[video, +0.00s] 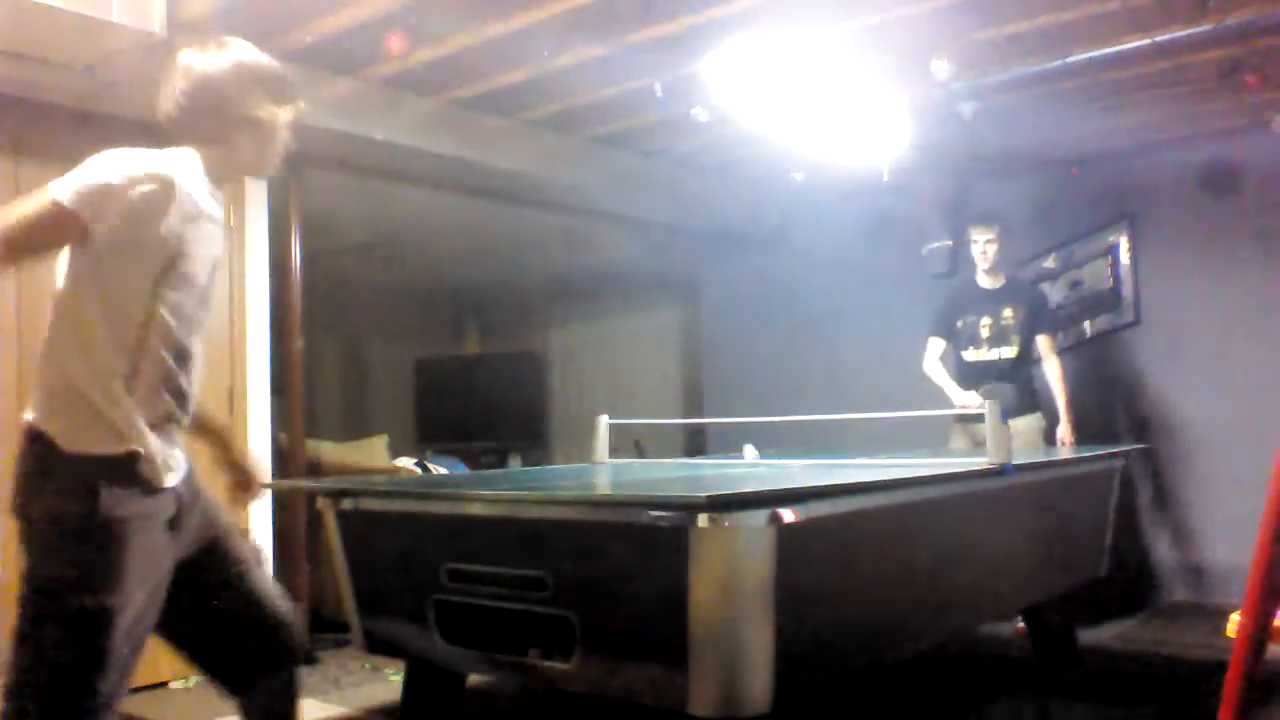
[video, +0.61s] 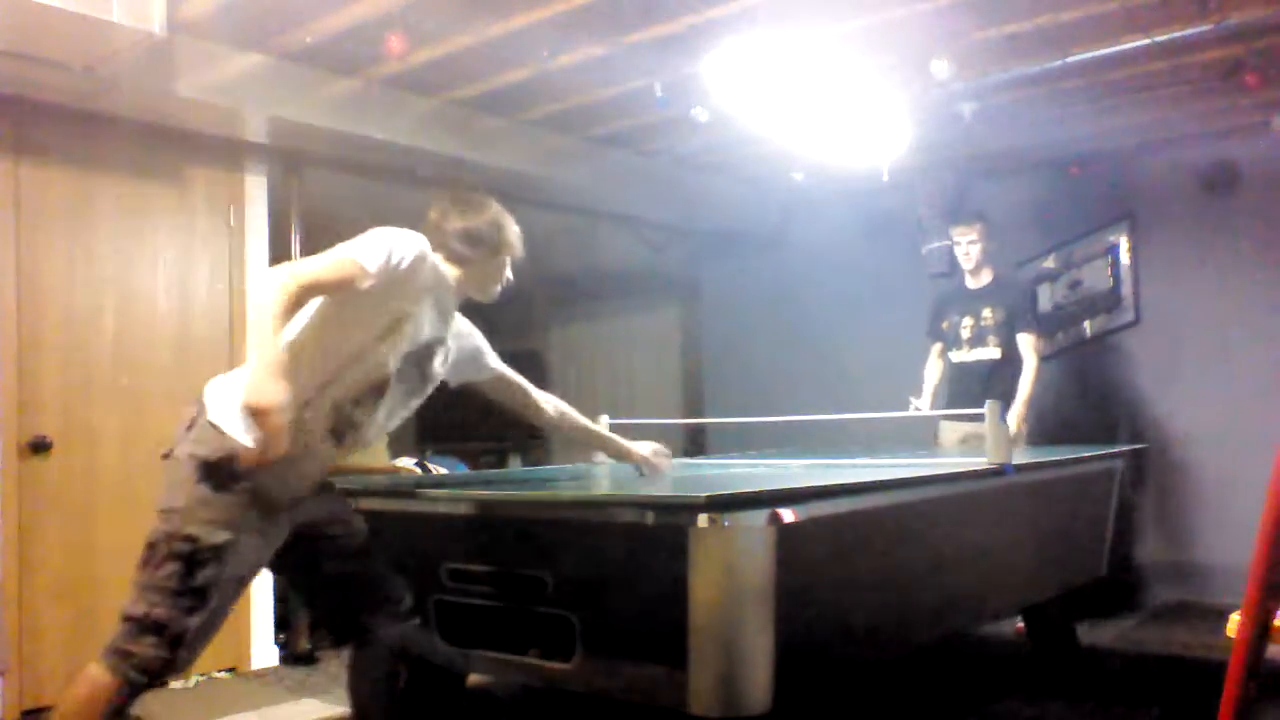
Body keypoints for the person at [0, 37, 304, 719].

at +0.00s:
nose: (289, 129)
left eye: (288, 112)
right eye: (278, 110)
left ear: (235, 118)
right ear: (232, 113)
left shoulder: (205, 209)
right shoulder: (151, 179)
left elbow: (153, 367)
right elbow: (10, 239)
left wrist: (226, 446)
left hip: (162, 481)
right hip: (91, 484)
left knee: (271, 655)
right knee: (61, 706)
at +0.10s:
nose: (321, 152)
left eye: (320, 136)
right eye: (310, 134)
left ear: (270, 142)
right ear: (265, 135)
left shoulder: (246, 232)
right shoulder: (168, 188)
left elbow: (190, 376)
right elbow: (15, 217)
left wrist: (280, 413)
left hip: (187, 481)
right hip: (111, 485)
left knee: (294, 638)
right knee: (75, 703)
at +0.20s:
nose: (373, 189)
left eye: (373, 173)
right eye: (368, 169)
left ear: (321, 164)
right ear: (325, 160)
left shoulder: (292, 261)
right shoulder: (215, 196)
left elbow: (274, 374)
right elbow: (51, 230)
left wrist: (370, 427)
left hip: (213, 494)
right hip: (146, 490)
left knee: (314, 647)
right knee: (89, 702)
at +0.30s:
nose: (430, 225)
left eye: (432, 208)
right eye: (424, 203)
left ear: (384, 200)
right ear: (380, 190)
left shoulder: (355, 298)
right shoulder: (293, 225)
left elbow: (358, 395)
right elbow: (146, 266)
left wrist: (471, 448)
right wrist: (20, 317)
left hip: (254, 495)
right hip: (180, 487)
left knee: (341, 631)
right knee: (115, 693)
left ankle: (361, 716)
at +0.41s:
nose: (476, 251)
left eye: (478, 237)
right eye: (472, 234)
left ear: (427, 227)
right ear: (433, 224)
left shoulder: (409, 321)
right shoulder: (349, 243)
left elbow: (450, 405)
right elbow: (216, 298)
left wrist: (545, 447)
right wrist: (103, 398)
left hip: (279, 491)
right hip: (207, 486)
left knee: (369, 617)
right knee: (121, 689)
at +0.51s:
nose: (500, 273)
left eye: (503, 261)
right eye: (496, 257)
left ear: (462, 250)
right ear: (463, 240)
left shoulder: (442, 333)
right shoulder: (388, 253)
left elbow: (509, 406)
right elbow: (251, 300)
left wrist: (600, 442)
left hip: (298, 491)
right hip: (224, 476)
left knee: (382, 632)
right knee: (126, 671)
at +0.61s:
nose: (511, 277)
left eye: (513, 265)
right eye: (506, 260)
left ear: (473, 258)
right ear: (469, 245)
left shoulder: (459, 339)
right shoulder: (408, 254)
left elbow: (537, 405)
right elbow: (281, 283)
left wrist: (623, 445)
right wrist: (264, 380)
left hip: (302, 491)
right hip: (234, 461)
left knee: (386, 622)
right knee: (144, 655)